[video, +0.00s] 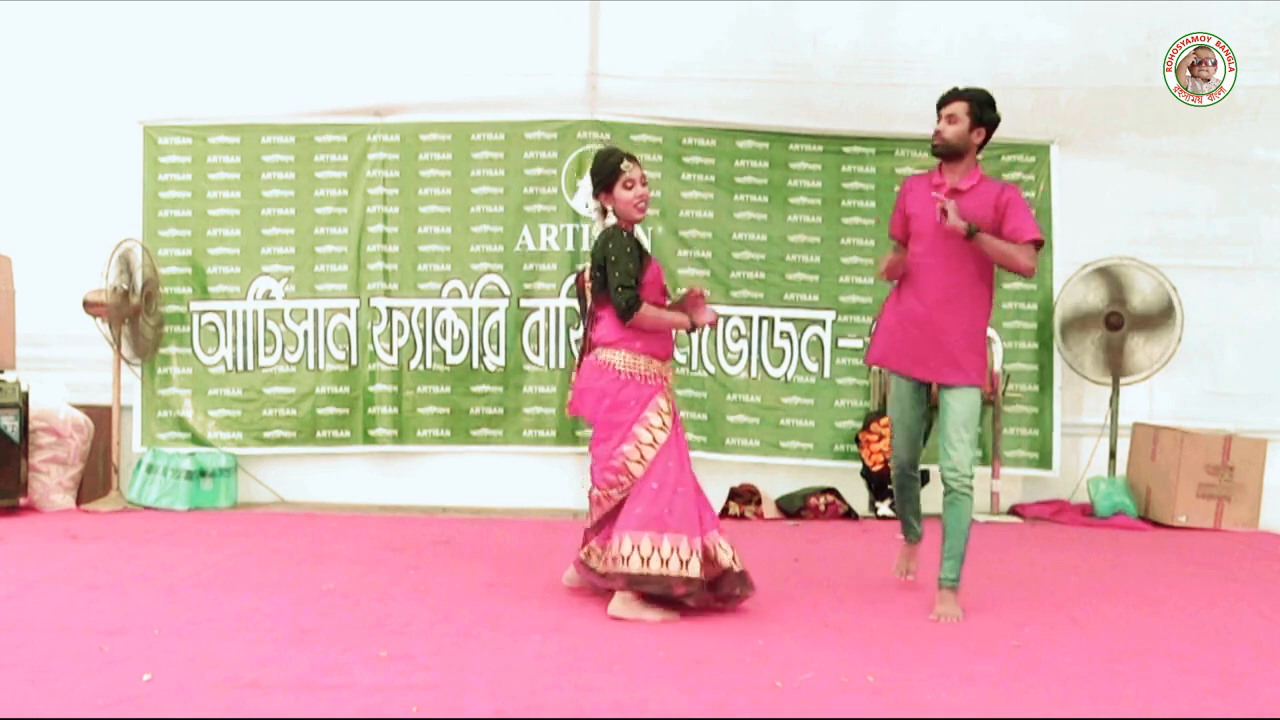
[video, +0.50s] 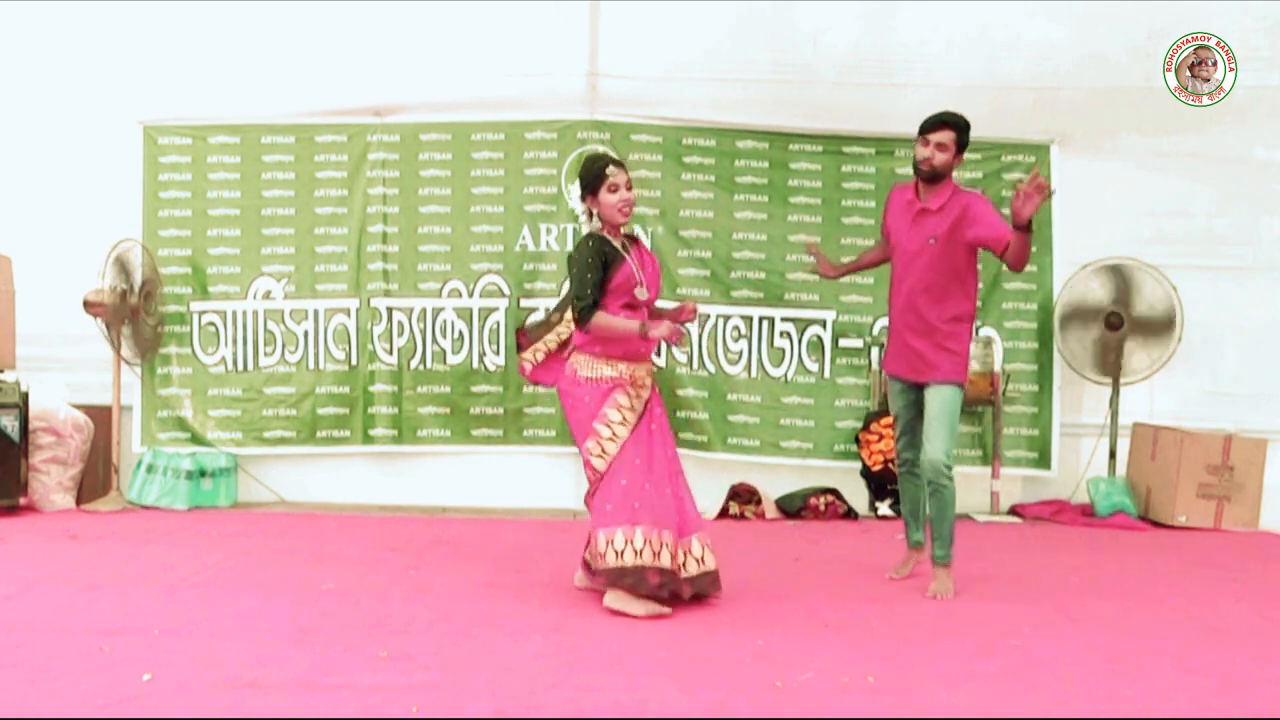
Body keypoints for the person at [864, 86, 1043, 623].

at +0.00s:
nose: (939, 127)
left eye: (951, 121)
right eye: (939, 119)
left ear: (980, 133)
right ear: (936, 128)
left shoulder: (1001, 195)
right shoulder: (913, 188)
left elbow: (1026, 263)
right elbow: (897, 249)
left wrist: (971, 231)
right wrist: (894, 263)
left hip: (963, 347)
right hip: (905, 341)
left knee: (958, 470)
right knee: (902, 458)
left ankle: (950, 586)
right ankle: (911, 536)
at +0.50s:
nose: (931, 152)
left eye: (943, 147)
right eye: (926, 143)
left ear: (958, 159)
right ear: (914, 147)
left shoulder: (971, 206)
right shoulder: (898, 197)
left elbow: (1017, 261)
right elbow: (889, 249)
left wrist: (1021, 225)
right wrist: (842, 269)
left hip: (947, 351)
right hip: (901, 347)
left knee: (935, 461)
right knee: (907, 457)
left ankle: (942, 566)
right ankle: (915, 548)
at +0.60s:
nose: (941, 167)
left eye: (951, 160)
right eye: (933, 158)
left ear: (963, 170)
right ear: (919, 166)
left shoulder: (979, 231)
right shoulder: (898, 225)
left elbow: (999, 300)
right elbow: (891, 295)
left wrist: (1004, 325)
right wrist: (860, 345)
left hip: (951, 370)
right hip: (900, 367)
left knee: (939, 475)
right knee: (907, 472)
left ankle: (942, 569)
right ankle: (922, 554)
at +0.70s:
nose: (945, 170)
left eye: (954, 163)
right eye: (936, 163)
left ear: (967, 173)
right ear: (922, 172)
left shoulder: (983, 236)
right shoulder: (898, 231)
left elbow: (995, 304)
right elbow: (882, 300)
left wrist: (990, 343)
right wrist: (897, 346)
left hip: (960, 376)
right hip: (906, 372)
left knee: (954, 478)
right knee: (903, 477)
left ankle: (942, 570)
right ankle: (917, 550)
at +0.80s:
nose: (947, 154)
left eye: (955, 146)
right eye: (936, 148)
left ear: (968, 155)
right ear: (922, 157)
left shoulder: (987, 214)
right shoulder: (901, 212)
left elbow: (1000, 284)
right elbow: (884, 288)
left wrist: (1005, 302)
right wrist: (944, 296)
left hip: (965, 362)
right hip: (911, 362)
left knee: (957, 470)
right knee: (912, 470)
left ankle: (940, 570)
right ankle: (917, 548)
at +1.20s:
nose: (934, 161)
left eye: (942, 151)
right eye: (923, 154)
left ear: (958, 155)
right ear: (911, 161)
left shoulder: (976, 211)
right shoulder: (900, 216)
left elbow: (1022, 257)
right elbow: (910, 284)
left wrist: (1054, 244)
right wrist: (961, 234)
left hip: (960, 360)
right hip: (909, 361)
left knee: (970, 469)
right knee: (926, 465)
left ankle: (975, 573)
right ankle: (911, 549)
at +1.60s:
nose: (887, 176)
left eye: (897, 167)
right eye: (879, 166)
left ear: (913, 171)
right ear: (865, 167)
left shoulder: (922, 226)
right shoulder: (845, 232)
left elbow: (964, 293)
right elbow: (846, 311)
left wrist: (977, 267)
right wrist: (900, 268)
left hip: (909, 373)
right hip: (856, 374)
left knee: (910, 477)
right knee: (863, 486)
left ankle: (908, 589)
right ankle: (878, 550)